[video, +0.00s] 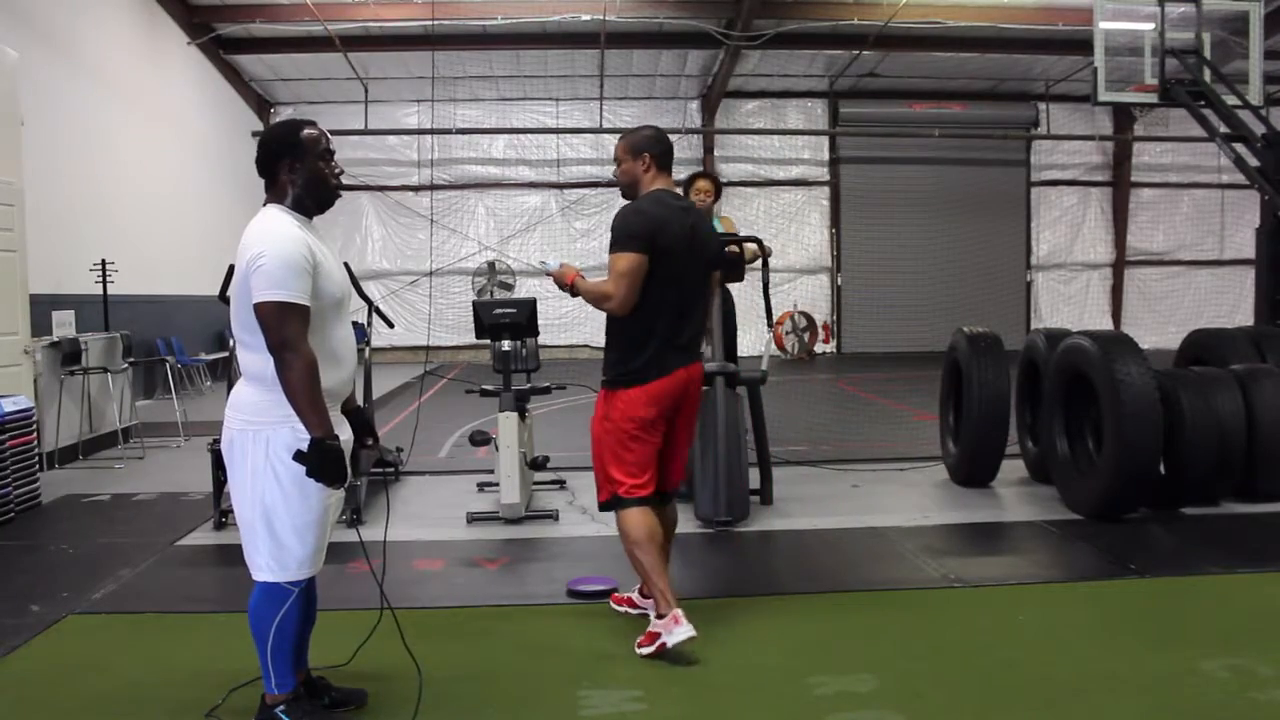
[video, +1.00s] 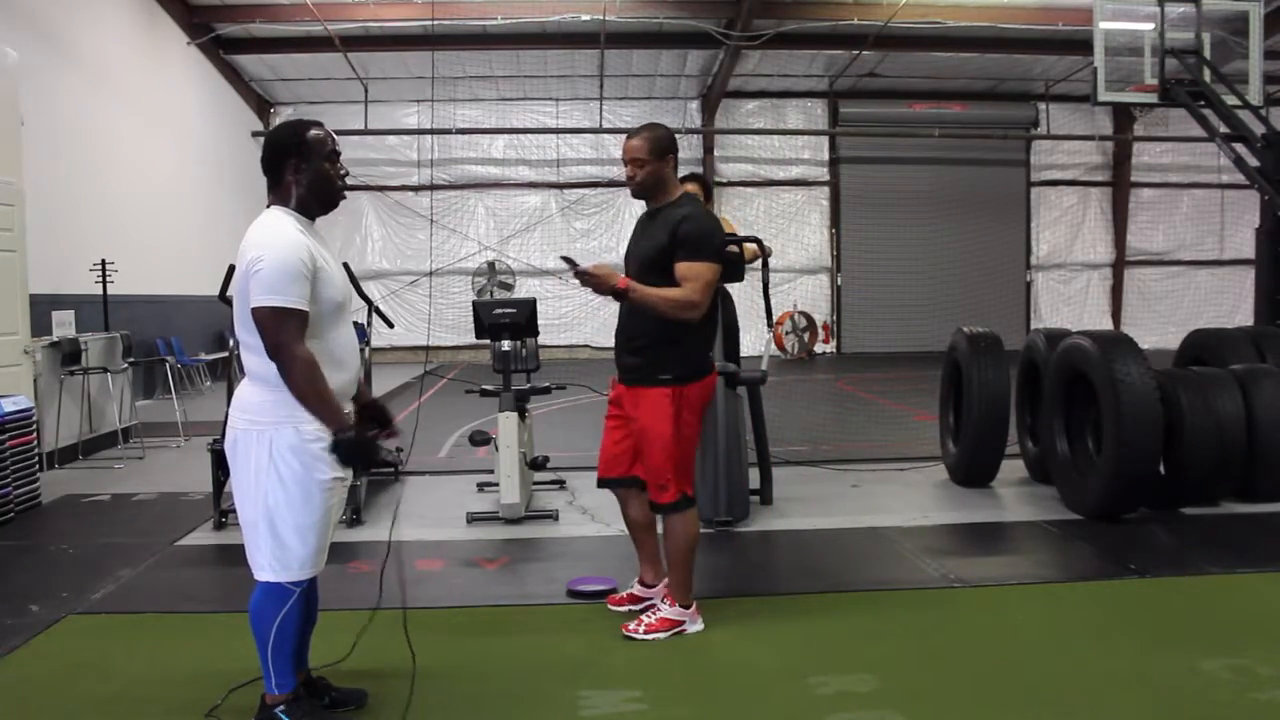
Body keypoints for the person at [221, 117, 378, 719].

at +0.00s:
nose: (338, 168)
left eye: (335, 156)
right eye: (326, 158)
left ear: (295, 171)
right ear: (291, 170)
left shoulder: (298, 237)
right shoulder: (276, 239)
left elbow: (316, 343)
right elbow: (286, 349)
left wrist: (353, 410)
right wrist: (323, 437)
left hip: (299, 429)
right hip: (275, 432)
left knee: (299, 566)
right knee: (282, 571)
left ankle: (296, 680)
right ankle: (280, 697)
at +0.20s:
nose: (339, 169)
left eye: (336, 157)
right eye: (327, 159)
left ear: (295, 171)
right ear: (292, 170)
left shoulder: (298, 236)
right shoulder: (276, 238)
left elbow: (314, 343)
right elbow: (287, 347)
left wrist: (353, 409)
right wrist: (324, 435)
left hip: (298, 429)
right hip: (275, 432)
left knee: (299, 566)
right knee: (282, 571)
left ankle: (296, 681)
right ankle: (280, 698)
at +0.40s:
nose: (340, 170)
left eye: (337, 158)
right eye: (328, 159)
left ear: (295, 172)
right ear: (292, 170)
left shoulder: (296, 239)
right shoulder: (275, 242)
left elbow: (315, 345)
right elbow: (285, 351)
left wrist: (352, 411)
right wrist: (324, 440)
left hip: (300, 429)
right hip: (276, 433)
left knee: (299, 567)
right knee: (283, 572)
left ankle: (297, 681)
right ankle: (280, 698)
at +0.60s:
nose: (341, 170)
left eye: (337, 158)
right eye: (329, 159)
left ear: (295, 171)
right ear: (294, 169)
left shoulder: (297, 239)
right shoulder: (276, 242)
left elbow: (315, 346)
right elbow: (284, 353)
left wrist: (351, 412)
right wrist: (318, 442)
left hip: (300, 428)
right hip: (278, 432)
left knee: (300, 566)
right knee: (283, 572)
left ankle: (296, 681)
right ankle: (280, 698)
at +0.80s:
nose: (343, 170)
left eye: (339, 158)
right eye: (330, 159)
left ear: (296, 171)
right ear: (295, 169)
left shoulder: (299, 240)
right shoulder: (277, 243)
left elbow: (317, 345)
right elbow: (285, 353)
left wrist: (353, 412)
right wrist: (321, 442)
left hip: (302, 429)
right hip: (278, 433)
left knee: (301, 566)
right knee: (284, 571)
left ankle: (296, 681)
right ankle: (280, 699)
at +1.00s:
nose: (344, 171)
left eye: (340, 159)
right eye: (332, 160)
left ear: (300, 172)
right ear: (297, 170)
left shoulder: (302, 239)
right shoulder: (279, 241)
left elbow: (317, 340)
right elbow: (285, 348)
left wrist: (358, 400)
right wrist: (341, 426)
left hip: (306, 429)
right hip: (281, 434)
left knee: (302, 565)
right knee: (283, 570)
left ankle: (297, 681)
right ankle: (280, 698)